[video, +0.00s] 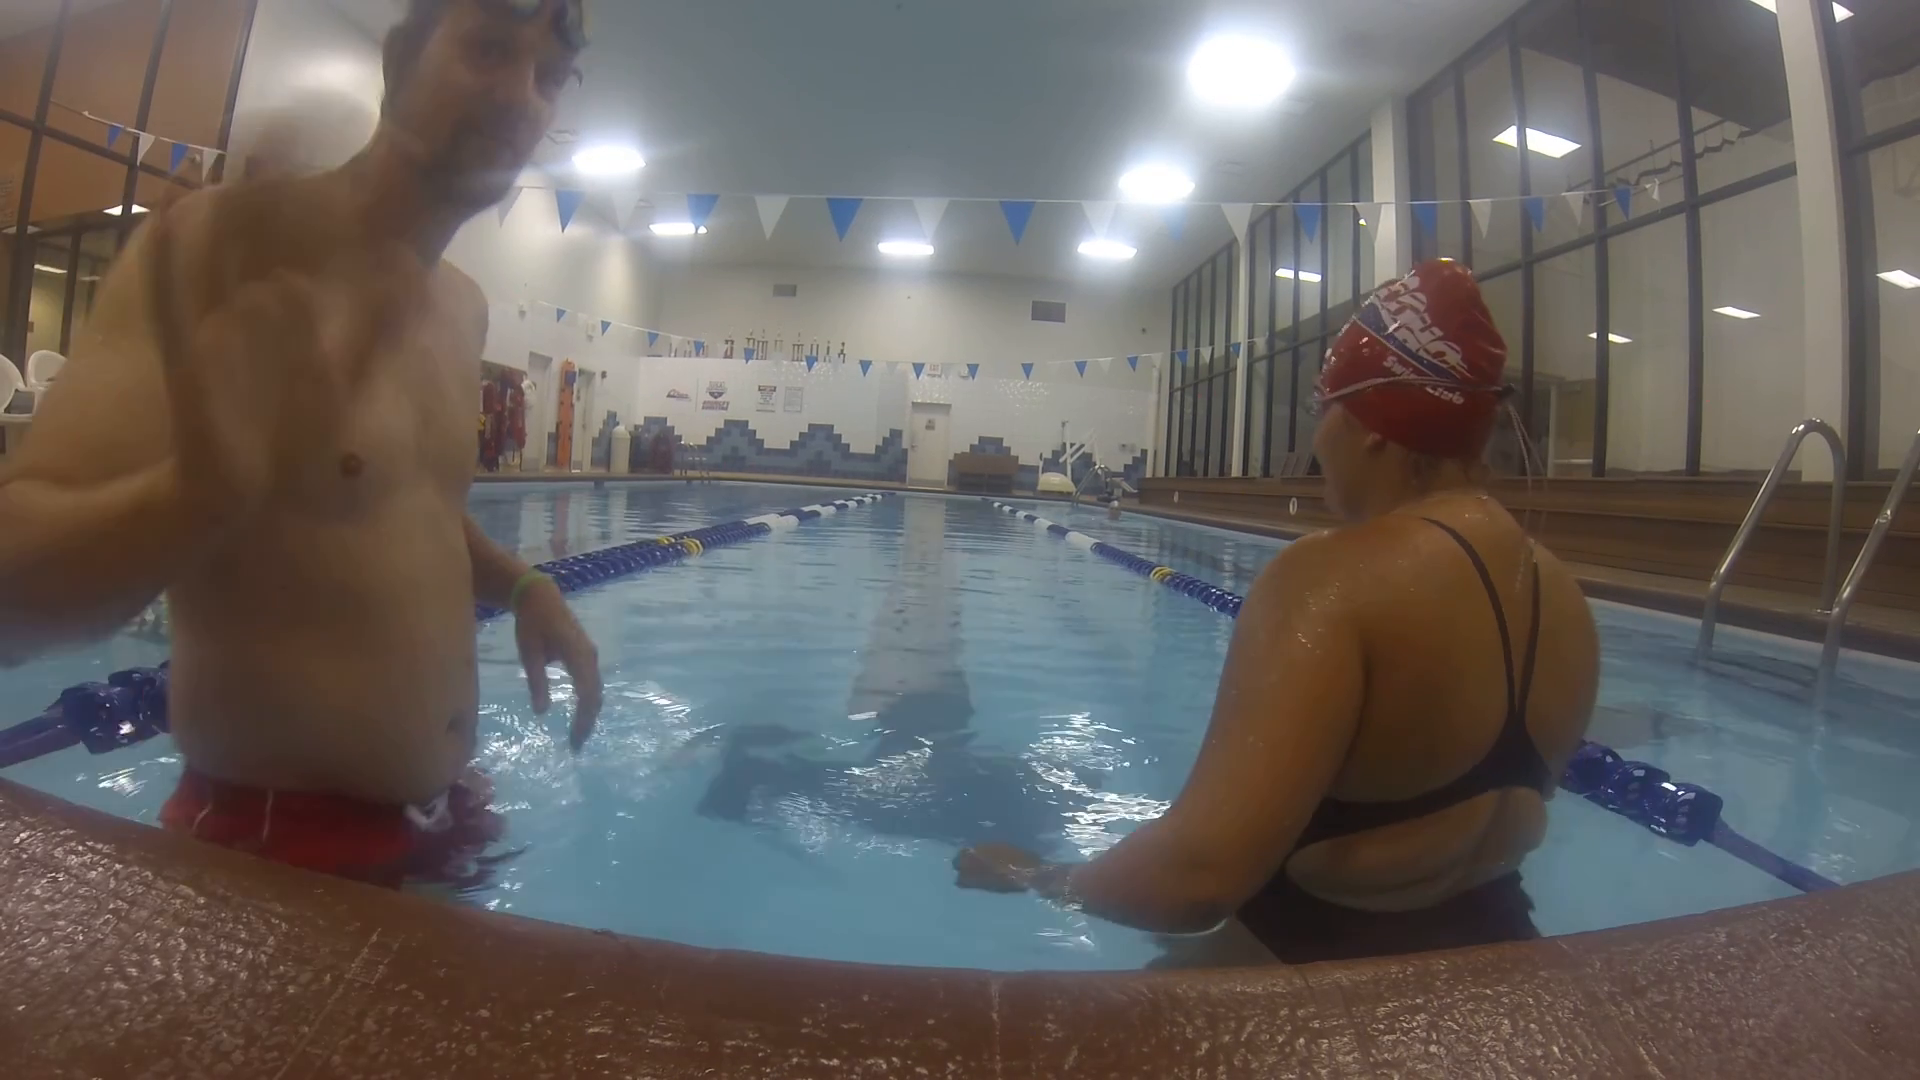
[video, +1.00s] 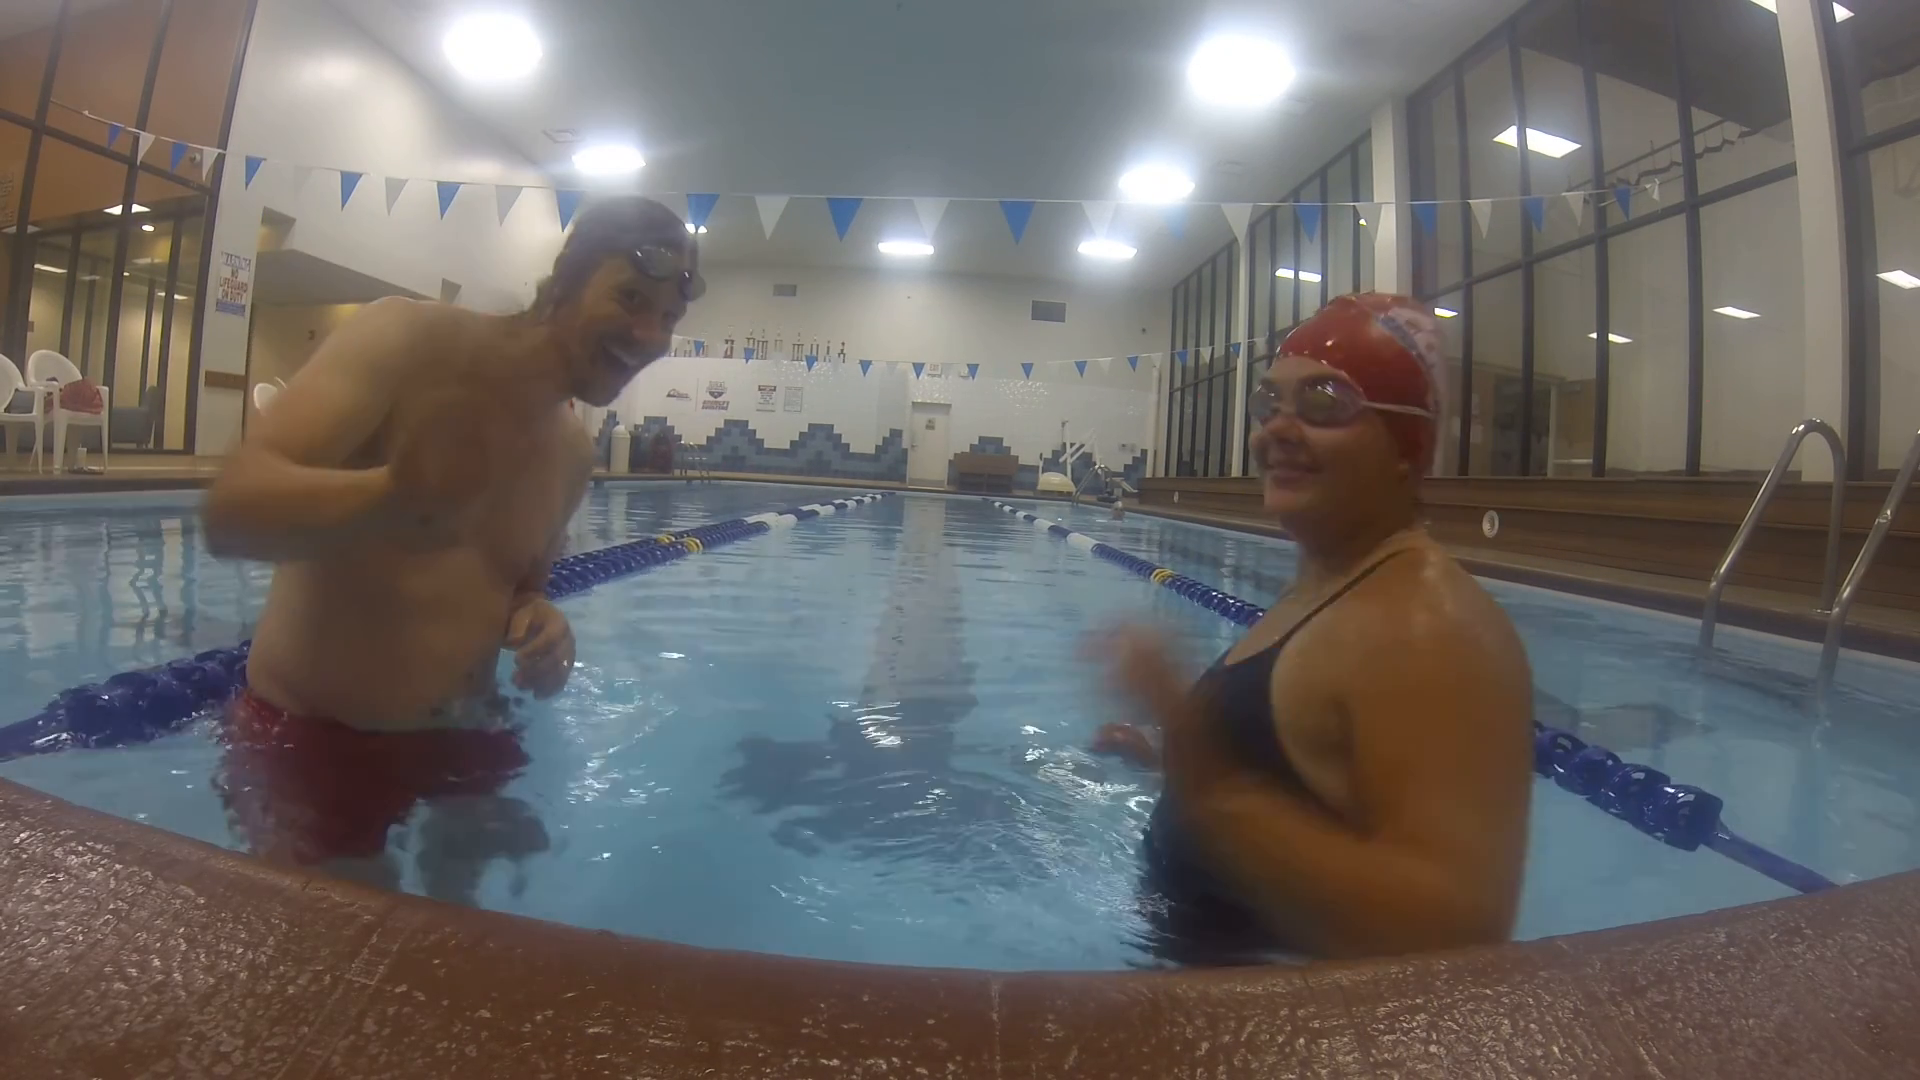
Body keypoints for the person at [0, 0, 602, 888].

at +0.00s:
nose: (523, 97)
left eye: (550, 78)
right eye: (490, 50)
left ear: (556, 114)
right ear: (398, 61)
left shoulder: (459, 305)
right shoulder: (215, 244)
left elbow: (418, 511)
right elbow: (16, 582)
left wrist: (522, 586)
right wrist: (198, 495)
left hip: (441, 826)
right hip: (267, 839)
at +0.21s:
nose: (510, 165)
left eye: (535, 141)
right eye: (479, 126)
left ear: (548, 170)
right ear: (407, 135)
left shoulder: (483, 353)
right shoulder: (265, 325)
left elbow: (451, 532)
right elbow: (95, 615)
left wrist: (529, 622)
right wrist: (242, 502)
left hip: (453, 811)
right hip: (306, 824)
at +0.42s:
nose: (533, 196)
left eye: (559, 181)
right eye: (505, 162)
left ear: (567, 213)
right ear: (438, 173)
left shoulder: (510, 377)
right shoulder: (296, 327)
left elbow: (508, 536)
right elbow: (168, 584)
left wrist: (545, 621)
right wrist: (292, 556)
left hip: (474, 783)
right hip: (337, 783)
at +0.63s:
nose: (577, 233)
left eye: (599, 218)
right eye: (557, 198)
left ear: (606, 242)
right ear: (493, 190)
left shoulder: (534, 389)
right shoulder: (341, 309)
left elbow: (521, 554)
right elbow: (174, 473)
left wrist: (543, 618)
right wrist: (316, 454)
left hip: (466, 758)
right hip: (331, 751)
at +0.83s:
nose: (634, 306)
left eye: (651, 290)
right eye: (617, 270)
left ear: (656, 308)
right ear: (546, 256)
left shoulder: (556, 431)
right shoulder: (388, 337)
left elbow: (524, 589)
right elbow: (204, 489)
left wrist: (538, 626)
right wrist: (371, 442)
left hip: (462, 737)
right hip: (325, 737)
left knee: (505, 826)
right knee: (337, 917)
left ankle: (484, 910)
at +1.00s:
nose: (649, 336)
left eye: (667, 321)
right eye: (632, 299)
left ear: (674, 332)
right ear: (566, 279)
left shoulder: (570, 446)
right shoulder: (401, 339)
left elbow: (521, 590)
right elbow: (233, 510)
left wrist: (540, 623)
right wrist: (395, 494)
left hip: (459, 746)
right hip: (312, 742)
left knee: (476, 839)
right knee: (341, 939)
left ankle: (450, 902)